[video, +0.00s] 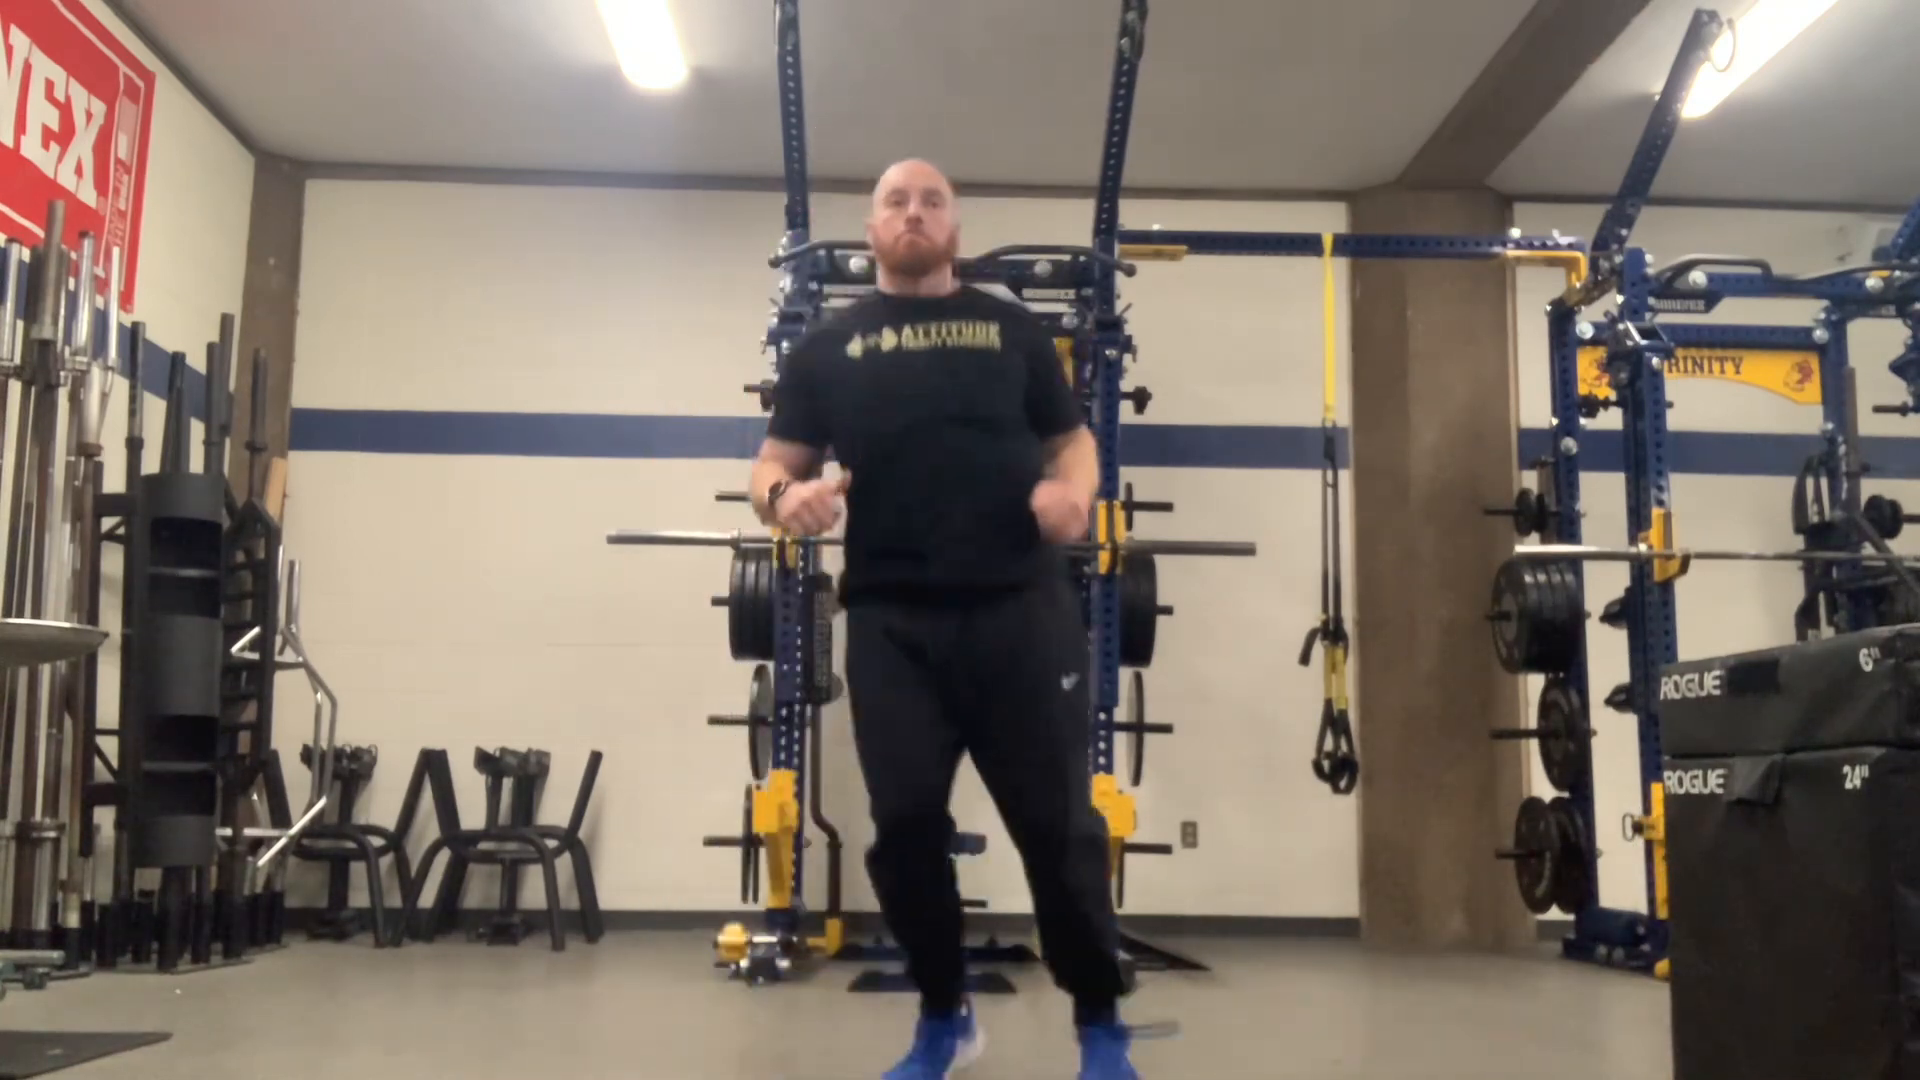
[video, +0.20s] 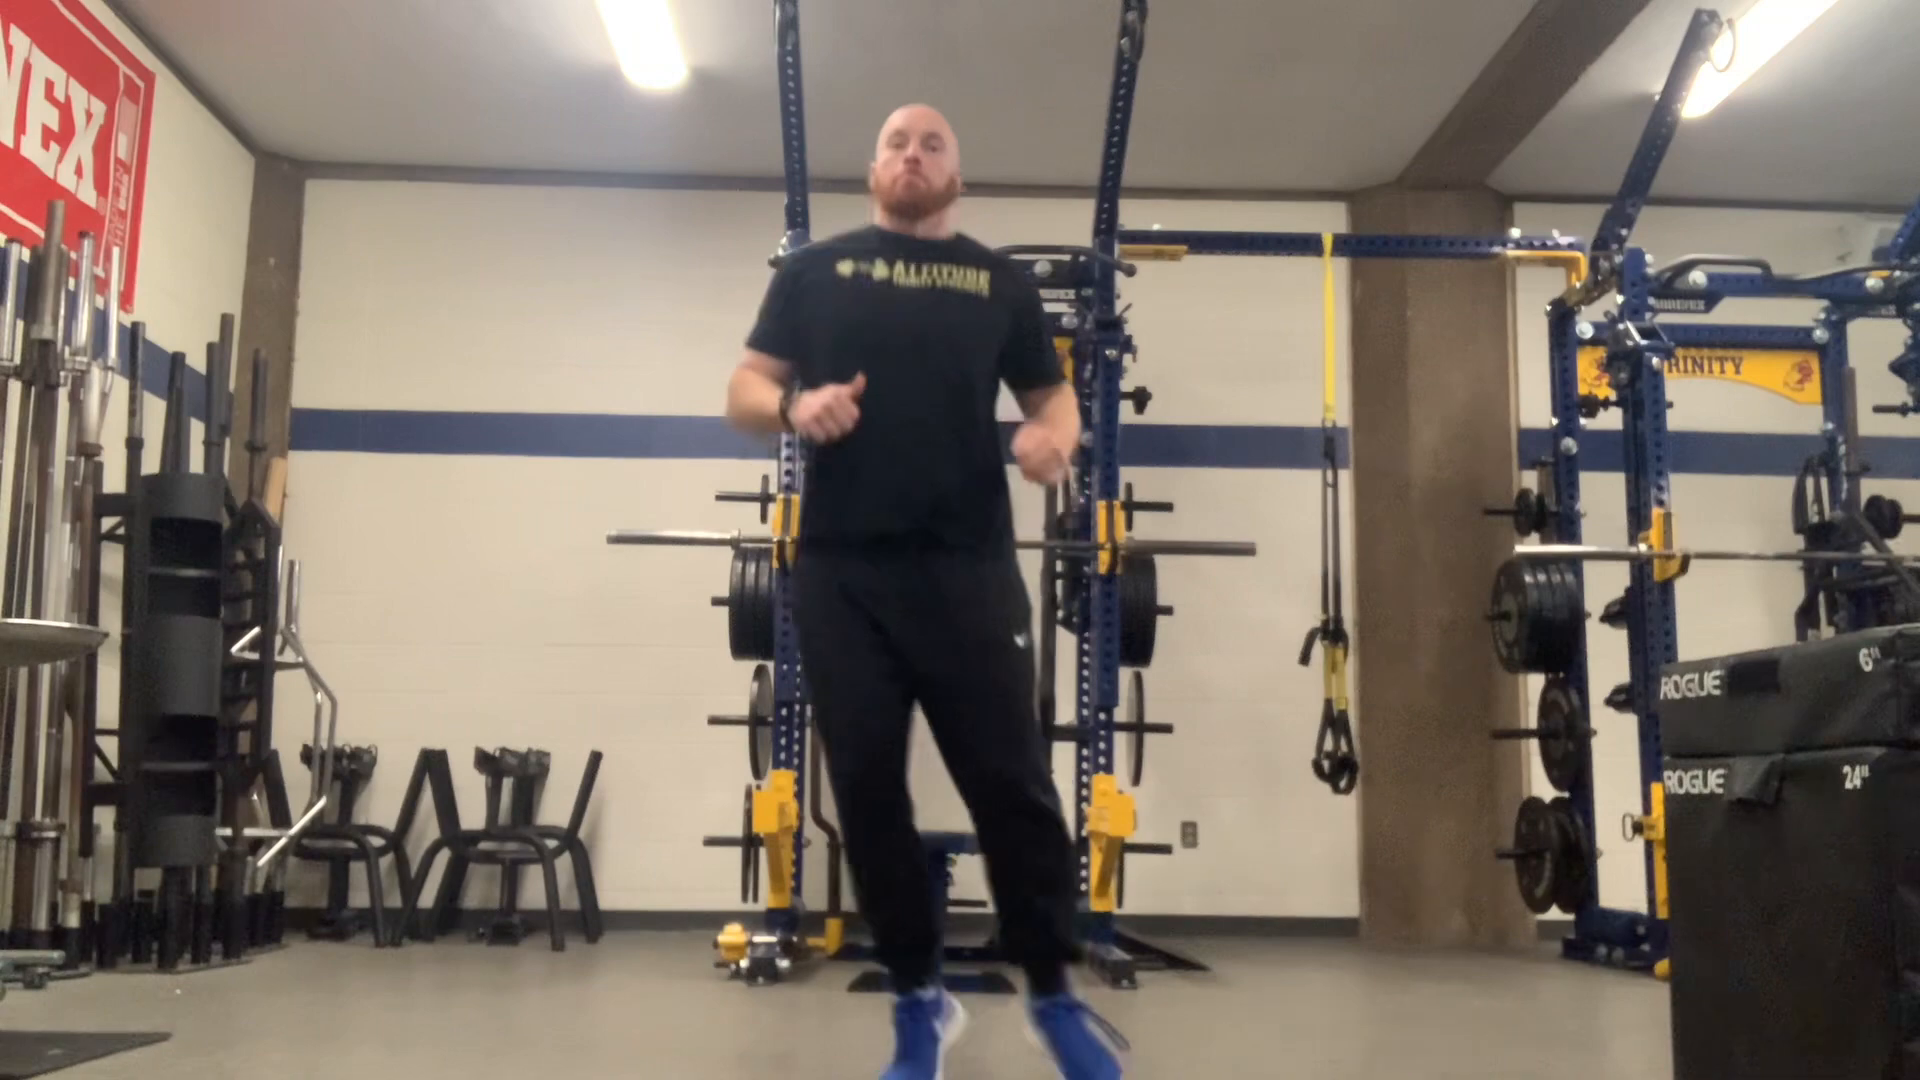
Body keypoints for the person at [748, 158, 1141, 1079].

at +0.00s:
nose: (913, 216)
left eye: (930, 204)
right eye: (896, 203)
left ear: (957, 230)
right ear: (868, 229)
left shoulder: (1014, 330)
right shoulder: (824, 349)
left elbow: (1074, 441)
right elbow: (773, 470)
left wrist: (1070, 484)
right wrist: (787, 497)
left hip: (1018, 616)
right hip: (891, 624)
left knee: (1057, 830)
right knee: (904, 830)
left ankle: (1099, 1030)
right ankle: (944, 1021)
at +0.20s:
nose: (914, 152)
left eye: (932, 142)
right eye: (898, 141)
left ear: (960, 174)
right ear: (870, 171)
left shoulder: (1000, 282)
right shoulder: (808, 271)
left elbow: (1055, 400)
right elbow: (744, 392)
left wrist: (1048, 432)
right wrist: (792, 407)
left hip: (965, 572)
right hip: (839, 573)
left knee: (1012, 785)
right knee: (866, 793)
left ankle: (1052, 998)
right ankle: (917, 1004)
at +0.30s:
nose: (887, 126)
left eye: (905, 116)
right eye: (871, 114)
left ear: (934, 144)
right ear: (845, 141)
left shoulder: (977, 245)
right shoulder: (787, 236)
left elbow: (1033, 365)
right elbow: (713, 357)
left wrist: (1020, 399)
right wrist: (755, 385)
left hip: (932, 532)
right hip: (807, 530)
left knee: (925, 747)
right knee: (811, 746)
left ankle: (925, 955)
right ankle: (828, 955)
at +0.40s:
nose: (860, 144)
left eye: (880, 135)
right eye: (846, 132)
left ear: (909, 167)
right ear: (819, 159)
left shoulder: (953, 266)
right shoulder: (761, 259)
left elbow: (1008, 386)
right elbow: (690, 377)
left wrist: (982, 421)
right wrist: (708, 430)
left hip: (900, 547)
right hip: (773, 540)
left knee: (856, 763)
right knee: (744, 748)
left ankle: (817, 968)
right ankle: (707, 956)